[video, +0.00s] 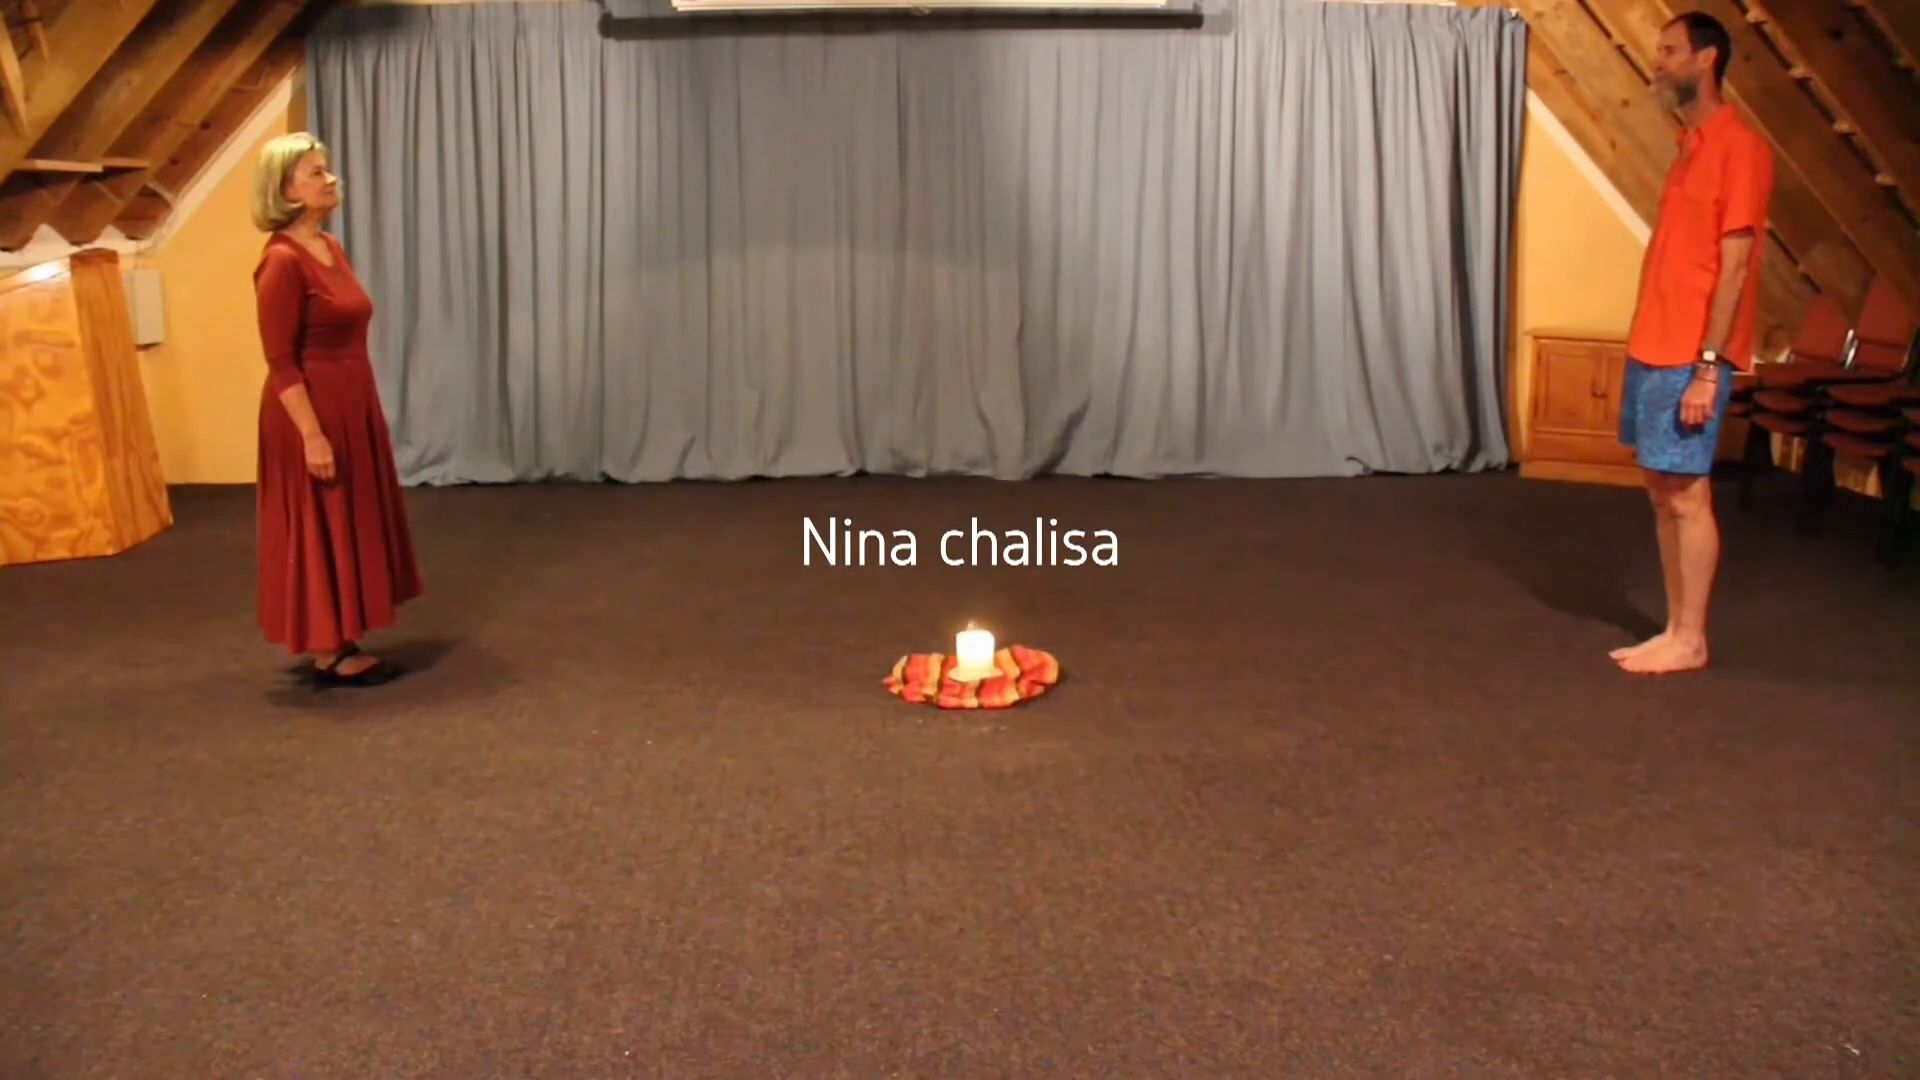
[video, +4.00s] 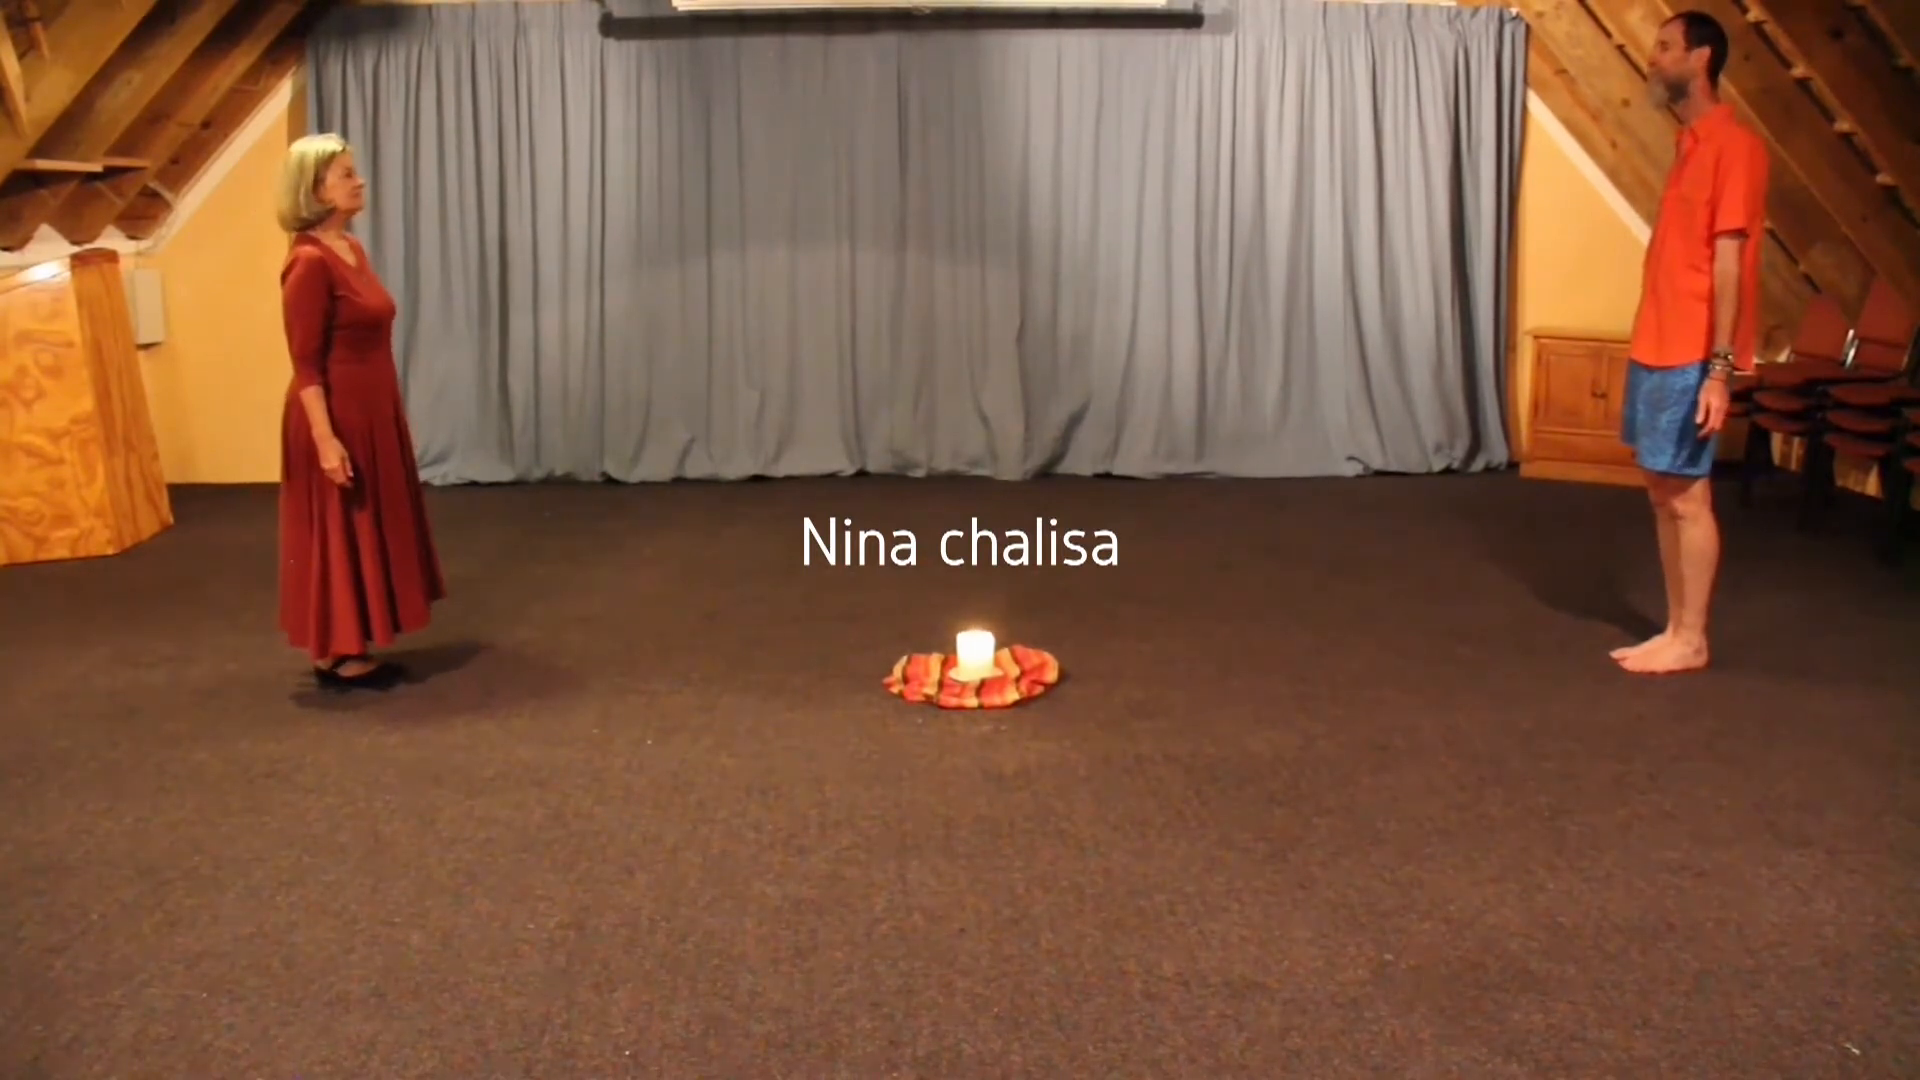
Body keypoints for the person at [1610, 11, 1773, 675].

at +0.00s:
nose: (1657, 63)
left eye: (1669, 51)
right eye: (1658, 51)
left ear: (1707, 58)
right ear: (1694, 59)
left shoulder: (1740, 144)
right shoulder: (1695, 142)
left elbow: (1736, 265)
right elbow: (1684, 257)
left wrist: (1710, 364)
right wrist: (1656, 348)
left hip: (1692, 358)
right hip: (1657, 353)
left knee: (1688, 499)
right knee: (1663, 495)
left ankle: (1691, 639)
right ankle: (1676, 631)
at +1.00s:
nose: (1654, 61)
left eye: (1667, 50)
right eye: (1655, 49)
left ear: (1705, 60)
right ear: (1691, 61)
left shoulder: (1737, 144)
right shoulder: (1695, 143)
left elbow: (1734, 267)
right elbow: (1688, 259)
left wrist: (1715, 366)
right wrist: (1656, 348)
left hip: (1691, 358)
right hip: (1657, 352)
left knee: (1684, 498)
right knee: (1662, 494)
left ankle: (1691, 639)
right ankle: (1676, 630)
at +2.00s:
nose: (1656, 56)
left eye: (1670, 45)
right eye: (1658, 44)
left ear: (1708, 58)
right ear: (1688, 60)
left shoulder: (1738, 144)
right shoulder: (1690, 142)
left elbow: (1735, 260)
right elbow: (1684, 255)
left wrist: (1727, 368)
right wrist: (1651, 345)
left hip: (1691, 357)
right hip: (1653, 351)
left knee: (1686, 496)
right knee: (1660, 492)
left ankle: (1692, 639)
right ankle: (1677, 630)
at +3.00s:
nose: (1657, 63)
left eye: (1669, 51)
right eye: (1657, 51)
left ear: (1707, 58)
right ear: (1694, 60)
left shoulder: (1742, 143)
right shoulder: (1697, 141)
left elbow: (1740, 257)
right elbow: (1696, 253)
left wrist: (1733, 366)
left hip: (1695, 355)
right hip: (1658, 349)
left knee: (1686, 497)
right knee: (1662, 492)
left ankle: (1692, 639)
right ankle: (1677, 630)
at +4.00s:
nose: (1652, 59)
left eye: (1664, 48)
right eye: (1653, 47)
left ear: (1702, 58)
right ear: (1691, 59)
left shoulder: (1734, 142)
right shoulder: (1694, 140)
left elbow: (1729, 258)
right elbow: (1693, 255)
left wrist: (1719, 366)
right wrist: (1662, 348)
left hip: (1691, 357)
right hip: (1658, 352)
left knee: (1688, 498)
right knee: (1663, 494)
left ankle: (1692, 639)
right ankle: (1677, 630)